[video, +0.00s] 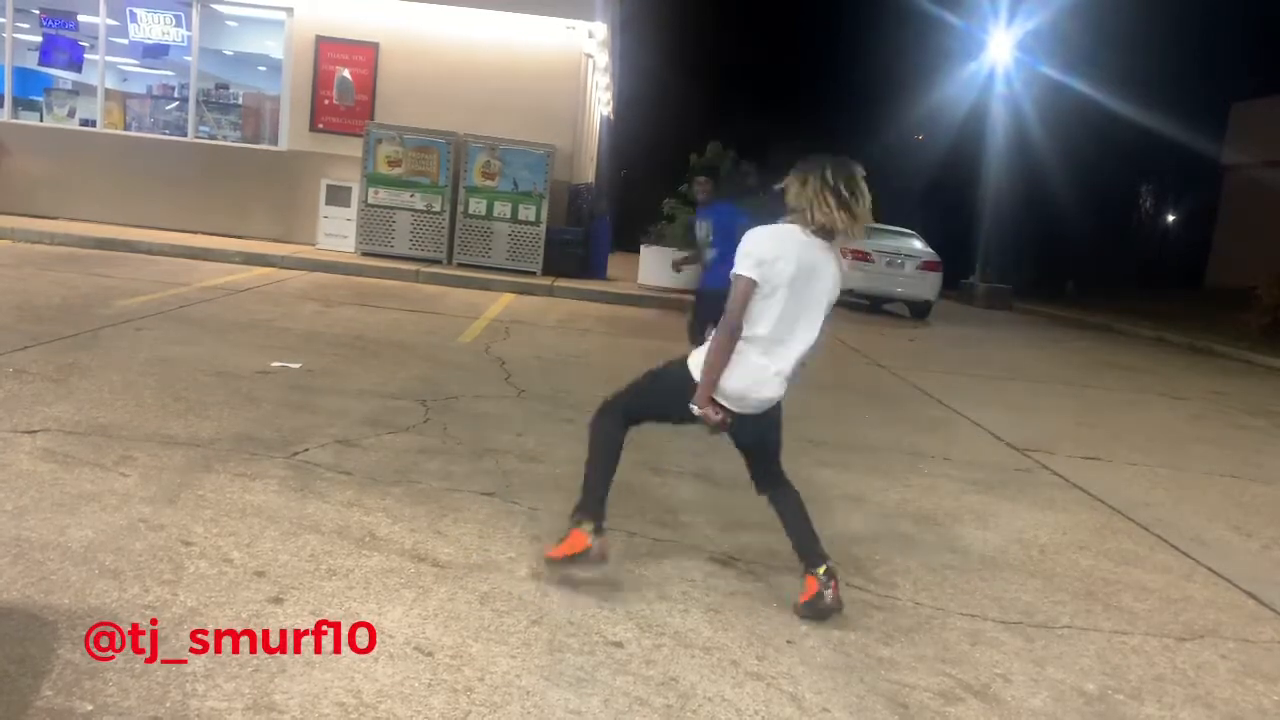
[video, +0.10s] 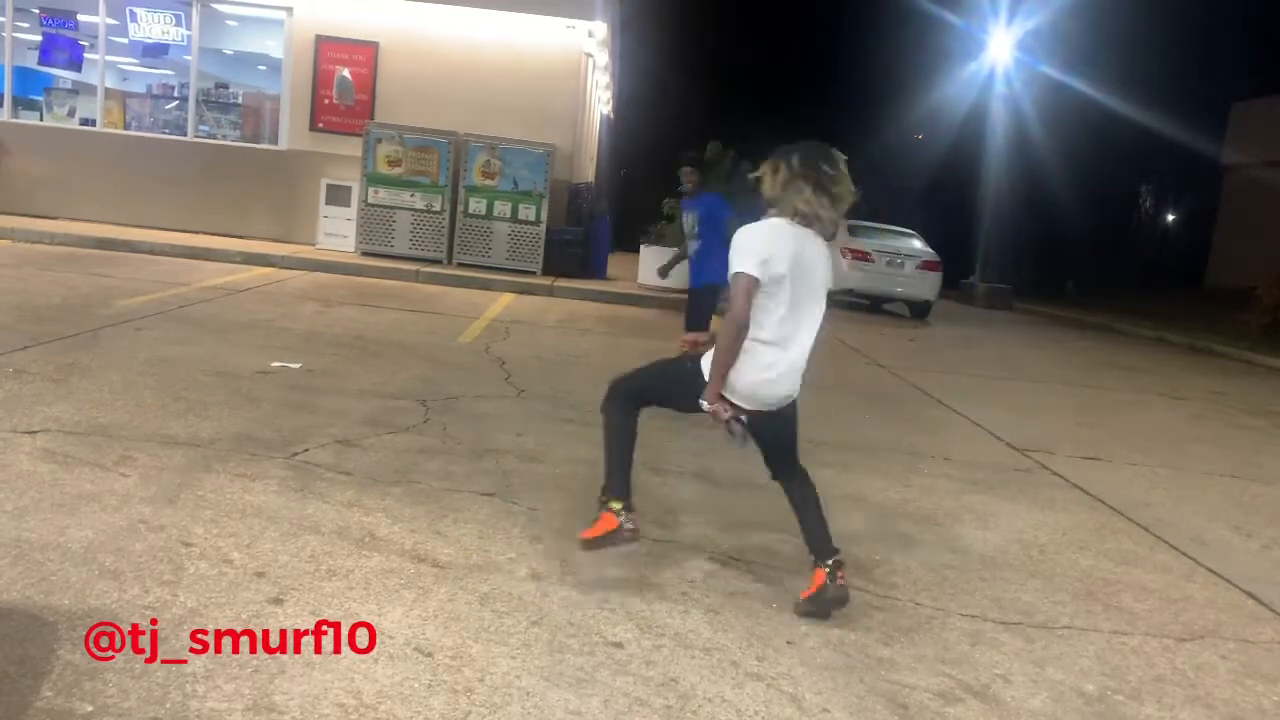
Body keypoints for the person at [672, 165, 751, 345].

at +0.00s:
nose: (701, 189)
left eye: (705, 184)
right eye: (697, 184)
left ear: (713, 187)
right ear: (692, 188)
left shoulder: (727, 213)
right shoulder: (699, 215)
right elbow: (703, 253)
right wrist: (684, 261)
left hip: (725, 281)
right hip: (706, 281)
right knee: (698, 331)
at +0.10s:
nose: (688, 183)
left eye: (691, 179)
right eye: (684, 179)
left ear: (699, 179)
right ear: (681, 180)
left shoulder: (713, 203)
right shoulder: (686, 205)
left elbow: (735, 235)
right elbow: (690, 245)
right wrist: (670, 265)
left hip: (713, 276)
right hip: (697, 277)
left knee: (697, 329)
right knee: (694, 328)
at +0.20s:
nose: (674, 176)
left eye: (679, 170)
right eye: (670, 171)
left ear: (687, 171)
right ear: (666, 173)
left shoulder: (700, 196)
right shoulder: (670, 199)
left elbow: (720, 230)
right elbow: (676, 240)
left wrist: (716, 268)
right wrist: (661, 270)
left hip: (702, 270)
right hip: (682, 271)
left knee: (701, 321)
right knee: (672, 314)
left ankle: (702, 371)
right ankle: (684, 367)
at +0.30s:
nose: (652, 187)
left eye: (656, 182)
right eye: (648, 183)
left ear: (664, 182)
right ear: (644, 185)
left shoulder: (678, 202)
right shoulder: (646, 206)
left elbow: (698, 240)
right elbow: (656, 237)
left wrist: (667, 254)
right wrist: (652, 255)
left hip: (684, 279)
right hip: (660, 277)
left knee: (687, 329)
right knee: (639, 321)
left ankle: (700, 376)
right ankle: (625, 369)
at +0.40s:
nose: (645, 182)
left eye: (649, 178)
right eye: (641, 178)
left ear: (655, 178)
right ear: (634, 179)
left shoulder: (668, 201)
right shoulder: (631, 201)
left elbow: (682, 239)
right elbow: (642, 234)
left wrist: (656, 248)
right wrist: (639, 250)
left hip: (667, 277)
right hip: (642, 274)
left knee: (670, 323)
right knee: (627, 320)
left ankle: (689, 365)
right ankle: (624, 368)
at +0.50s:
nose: (631, 166)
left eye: (635, 162)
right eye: (627, 162)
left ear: (643, 164)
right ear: (622, 163)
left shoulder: (654, 189)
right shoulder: (616, 186)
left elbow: (666, 227)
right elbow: (615, 223)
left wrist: (657, 261)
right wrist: (612, 255)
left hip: (647, 262)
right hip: (623, 259)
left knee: (647, 315)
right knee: (612, 311)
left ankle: (649, 374)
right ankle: (615, 360)